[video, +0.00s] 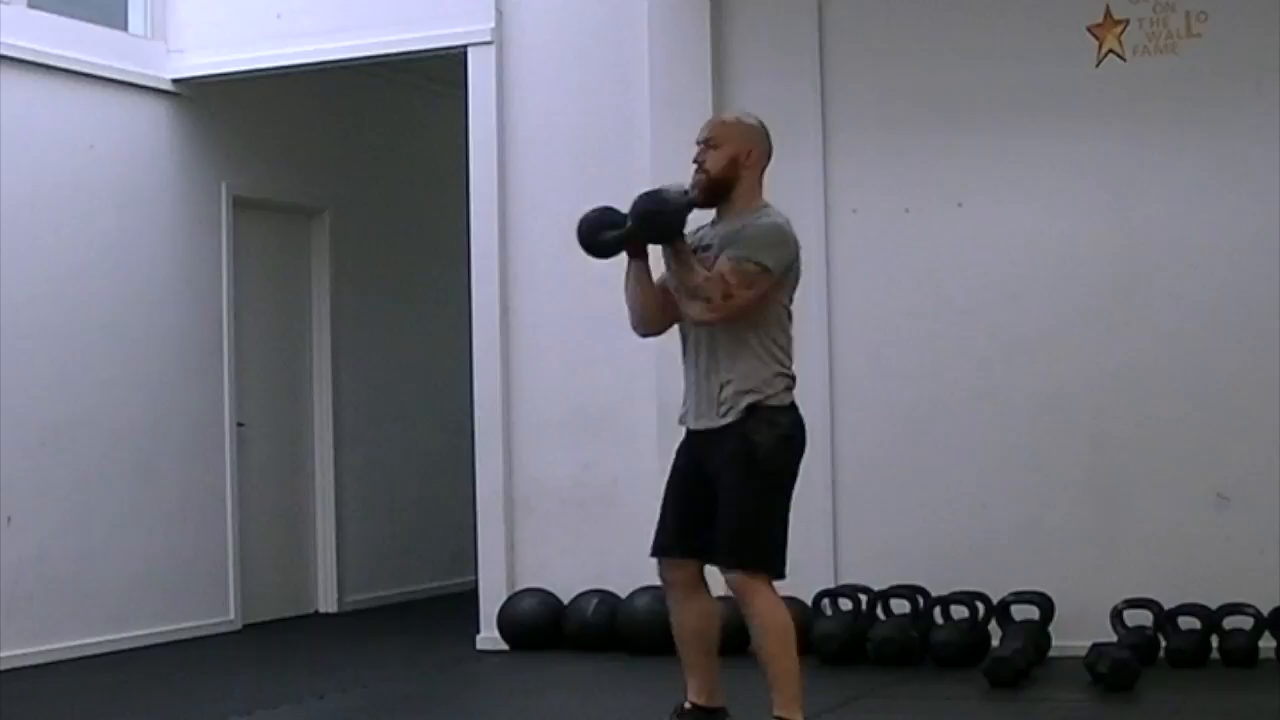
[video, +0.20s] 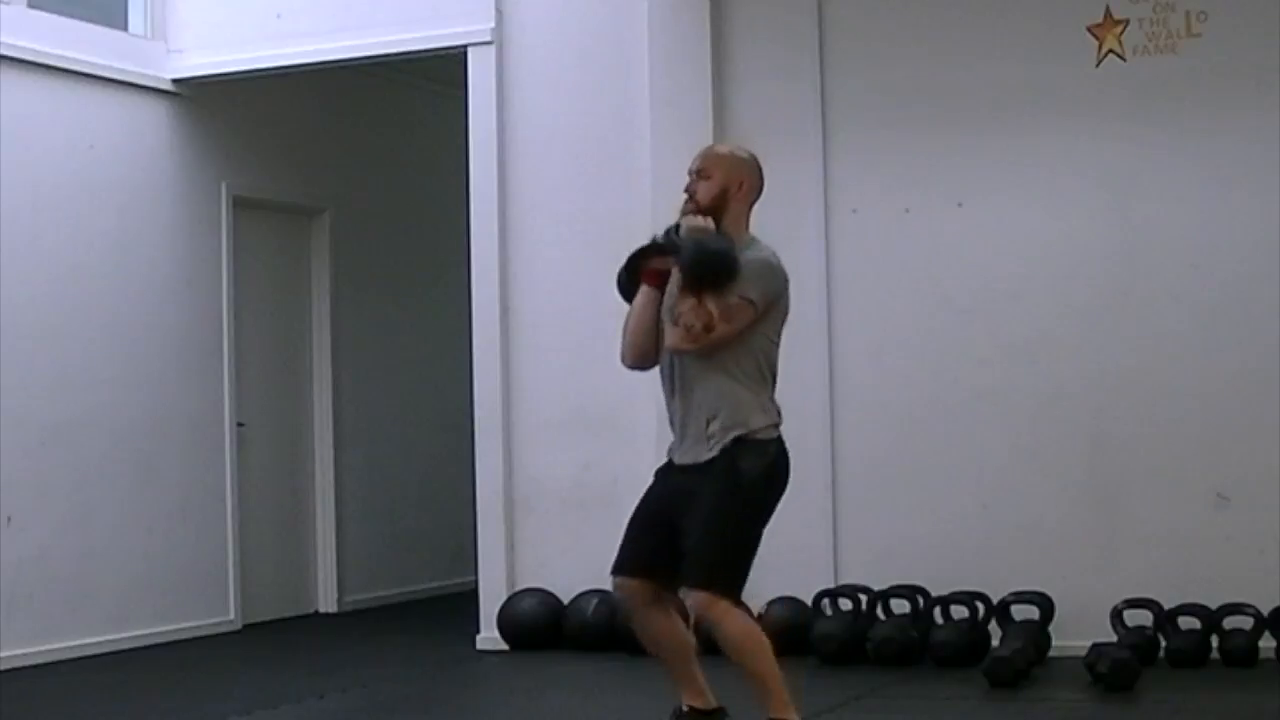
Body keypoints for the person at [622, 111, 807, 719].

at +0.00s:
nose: (696, 155)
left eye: (709, 146)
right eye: (697, 146)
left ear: (748, 159)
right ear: (726, 161)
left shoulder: (771, 233)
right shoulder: (700, 237)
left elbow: (707, 301)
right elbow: (647, 319)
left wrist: (673, 237)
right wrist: (636, 248)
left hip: (761, 425)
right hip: (706, 429)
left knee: (747, 574)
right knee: (678, 565)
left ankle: (789, 712)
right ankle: (703, 705)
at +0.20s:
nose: (688, 184)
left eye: (701, 175)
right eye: (689, 175)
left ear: (740, 189)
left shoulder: (761, 266)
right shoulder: (682, 259)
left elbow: (690, 332)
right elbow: (635, 354)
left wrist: (689, 247)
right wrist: (655, 273)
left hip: (746, 455)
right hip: (688, 458)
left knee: (708, 596)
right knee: (636, 584)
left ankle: (785, 713)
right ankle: (699, 705)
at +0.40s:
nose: (711, 176)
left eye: (726, 168)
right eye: (715, 167)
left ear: (761, 186)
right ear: (724, 183)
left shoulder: (770, 257)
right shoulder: (692, 248)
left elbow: (706, 319)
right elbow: (636, 330)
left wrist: (704, 238)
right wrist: (652, 257)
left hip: (736, 442)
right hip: (680, 443)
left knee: (710, 596)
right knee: (639, 583)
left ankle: (782, 713)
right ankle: (698, 705)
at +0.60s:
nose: (681, 155)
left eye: (690, 144)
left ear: (720, 150)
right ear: (737, 148)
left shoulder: (765, 212)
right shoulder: (678, 213)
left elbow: (698, 192)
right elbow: (610, 190)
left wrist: (692, 125)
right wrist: (640, 131)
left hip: (739, 410)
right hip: (682, 409)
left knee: (732, 561)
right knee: (664, 560)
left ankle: (785, 709)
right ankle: (695, 699)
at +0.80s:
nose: (651, 181)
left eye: (663, 172)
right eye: (650, 173)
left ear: (701, 180)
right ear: (656, 189)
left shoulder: (726, 237)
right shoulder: (663, 242)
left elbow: (730, 144)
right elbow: (650, 145)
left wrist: (717, 66)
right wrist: (663, 71)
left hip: (751, 443)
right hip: (699, 446)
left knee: (720, 593)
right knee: (645, 578)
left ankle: (787, 714)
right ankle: (701, 707)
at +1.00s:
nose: (633, 159)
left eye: (646, 149)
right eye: (634, 147)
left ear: (688, 159)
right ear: (664, 160)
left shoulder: (718, 207)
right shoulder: (654, 214)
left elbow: (730, 104)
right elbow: (669, 110)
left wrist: (728, 35)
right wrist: (685, 34)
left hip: (746, 415)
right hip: (694, 419)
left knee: (741, 574)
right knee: (679, 570)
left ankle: (787, 711)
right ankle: (702, 705)